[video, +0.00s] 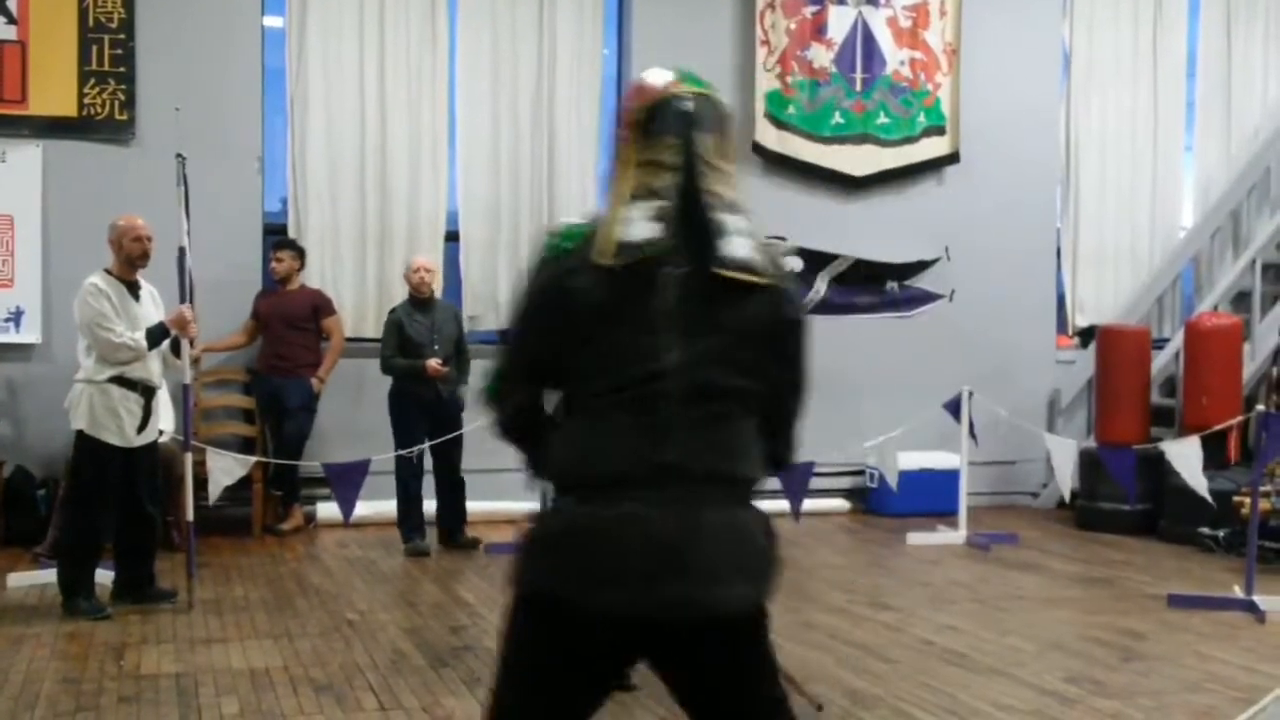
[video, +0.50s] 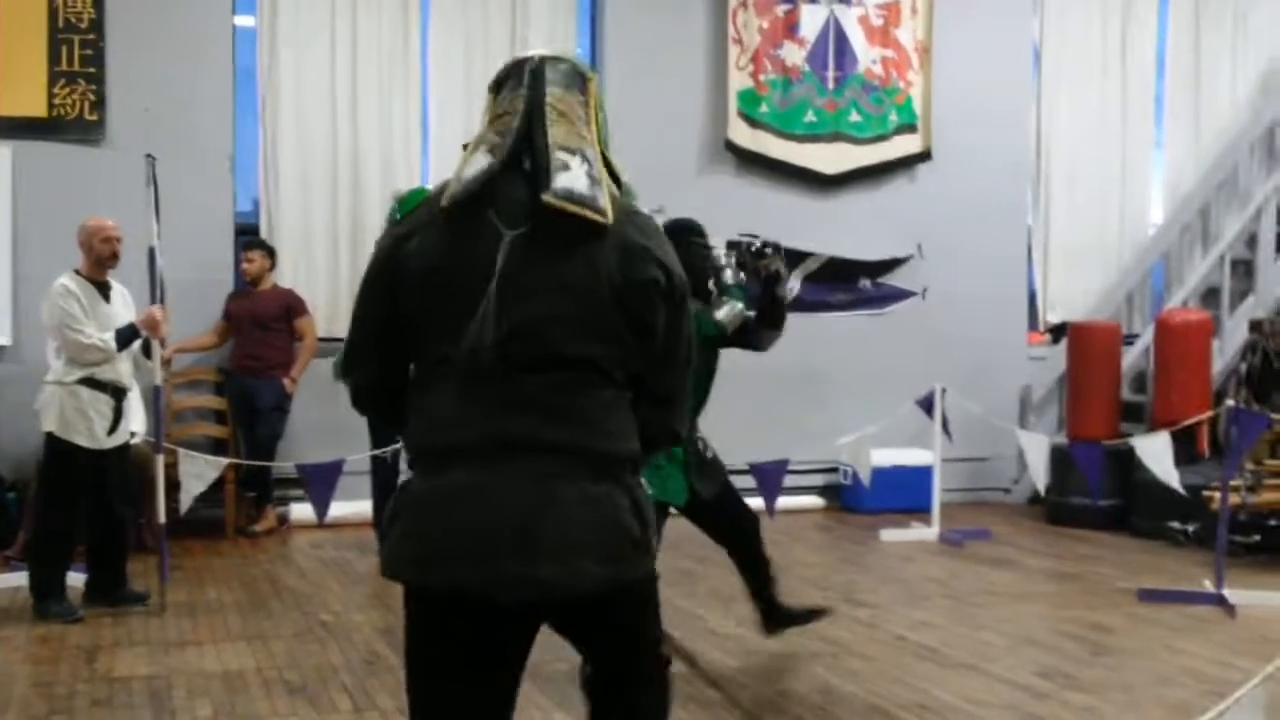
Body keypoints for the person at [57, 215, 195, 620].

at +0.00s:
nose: (147, 247)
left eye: (149, 240)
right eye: (138, 240)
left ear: (151, 246)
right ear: (115, 246)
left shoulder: (150, 293)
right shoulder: (94, 290)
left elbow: (168, 355)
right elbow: (115, 348)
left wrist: (183, 343)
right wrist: (168, 328)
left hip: (145, 410)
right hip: (104, 408)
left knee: (141, 501)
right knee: (91, 502)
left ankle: (135, 582)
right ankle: (77, 591)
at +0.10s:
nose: (146, 247)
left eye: (148, 241)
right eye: (137, 241)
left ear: (150, 246)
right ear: (114, 246)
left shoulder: (149, 294)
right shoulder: (93, 290)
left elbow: (167, 357)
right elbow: (113, 349)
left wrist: (181, 343)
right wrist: (167, 328)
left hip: (142, 410)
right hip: (102, 407)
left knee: (137, 501)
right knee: (88, 502)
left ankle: (132, 583)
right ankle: (73, 593)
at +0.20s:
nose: (123, 249)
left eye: (126, 242)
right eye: (115, 242)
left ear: (127, 247)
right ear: (93, 247)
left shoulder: (128, 296)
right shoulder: (71, 291)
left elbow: (146, 361)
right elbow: (91, 350)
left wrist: (161, 344)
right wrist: (146, 328)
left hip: (120, 415)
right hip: (79, 412)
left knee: (115, 503)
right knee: (65, 505)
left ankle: (111, 584)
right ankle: (51, 593)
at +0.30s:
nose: (122, 248)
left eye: (125, 241)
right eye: (113, 241)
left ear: (127, 246)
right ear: (92, 245)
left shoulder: (128, 293)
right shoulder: (70, 290)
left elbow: (146, 364)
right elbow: (89, 349)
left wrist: (159, 343)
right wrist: (143, 329)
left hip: (122, 410)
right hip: (80, 407)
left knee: (117, 502)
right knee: (66, 504)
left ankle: (114, 585)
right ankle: (53, 594)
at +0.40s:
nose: (120, 248)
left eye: (122, 241)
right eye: (111, 241)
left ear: (124, 246)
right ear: (89, 246)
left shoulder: (125, 294)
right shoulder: (68, 291)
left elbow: (142, 363)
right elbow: (87, 349)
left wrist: (158, 346)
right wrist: (142, 328)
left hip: (119, 415)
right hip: (77, 412)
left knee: (115, 505)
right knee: (64, 506)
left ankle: (111, 586)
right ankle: (51, 595)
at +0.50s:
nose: (116, 249)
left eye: (118, 242)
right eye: (107, 242)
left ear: (120, 247)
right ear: (85, 247)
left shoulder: (122, 294)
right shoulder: (64, 291)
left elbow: (139, 363)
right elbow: (83, 350)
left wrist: (154, 345)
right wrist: (138, 329)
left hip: (116, 415)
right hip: (73, 413)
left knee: (112, 505)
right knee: (60, 506)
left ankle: (107, 585)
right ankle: (48, 593)